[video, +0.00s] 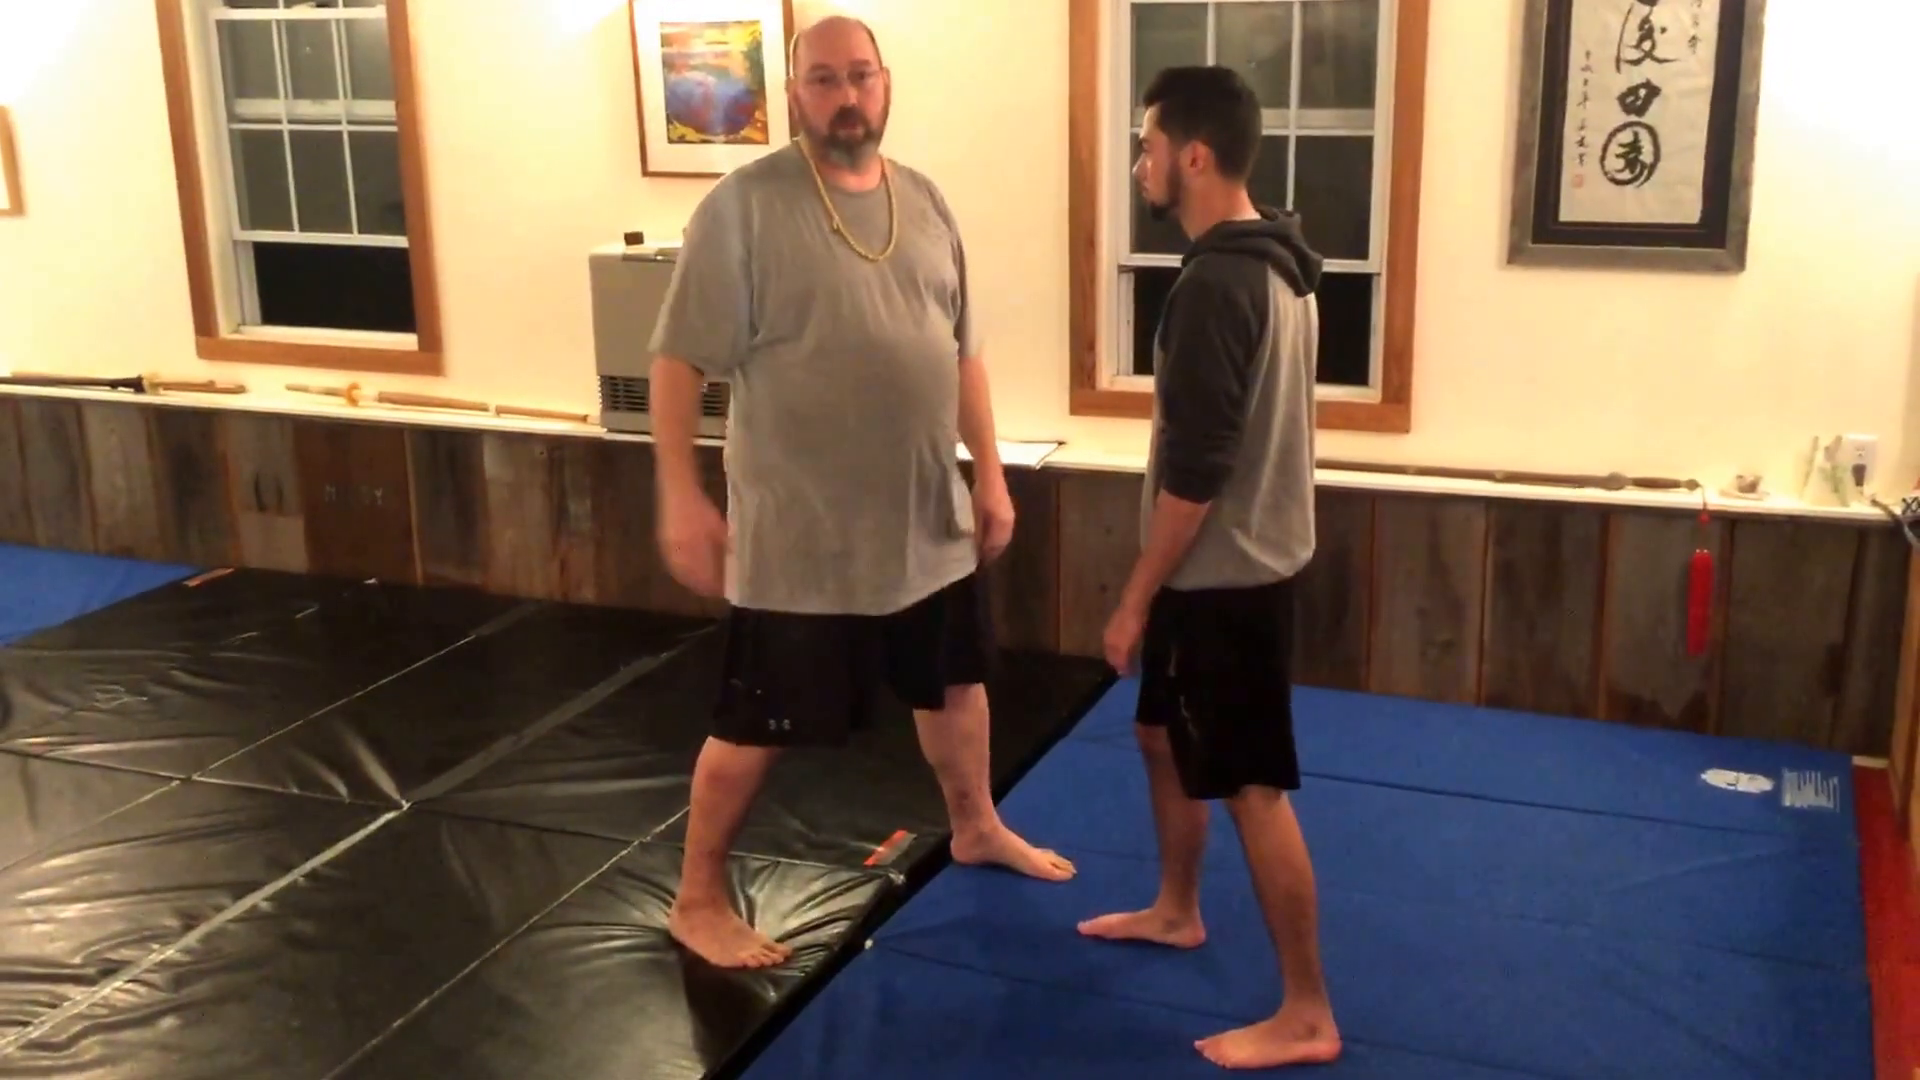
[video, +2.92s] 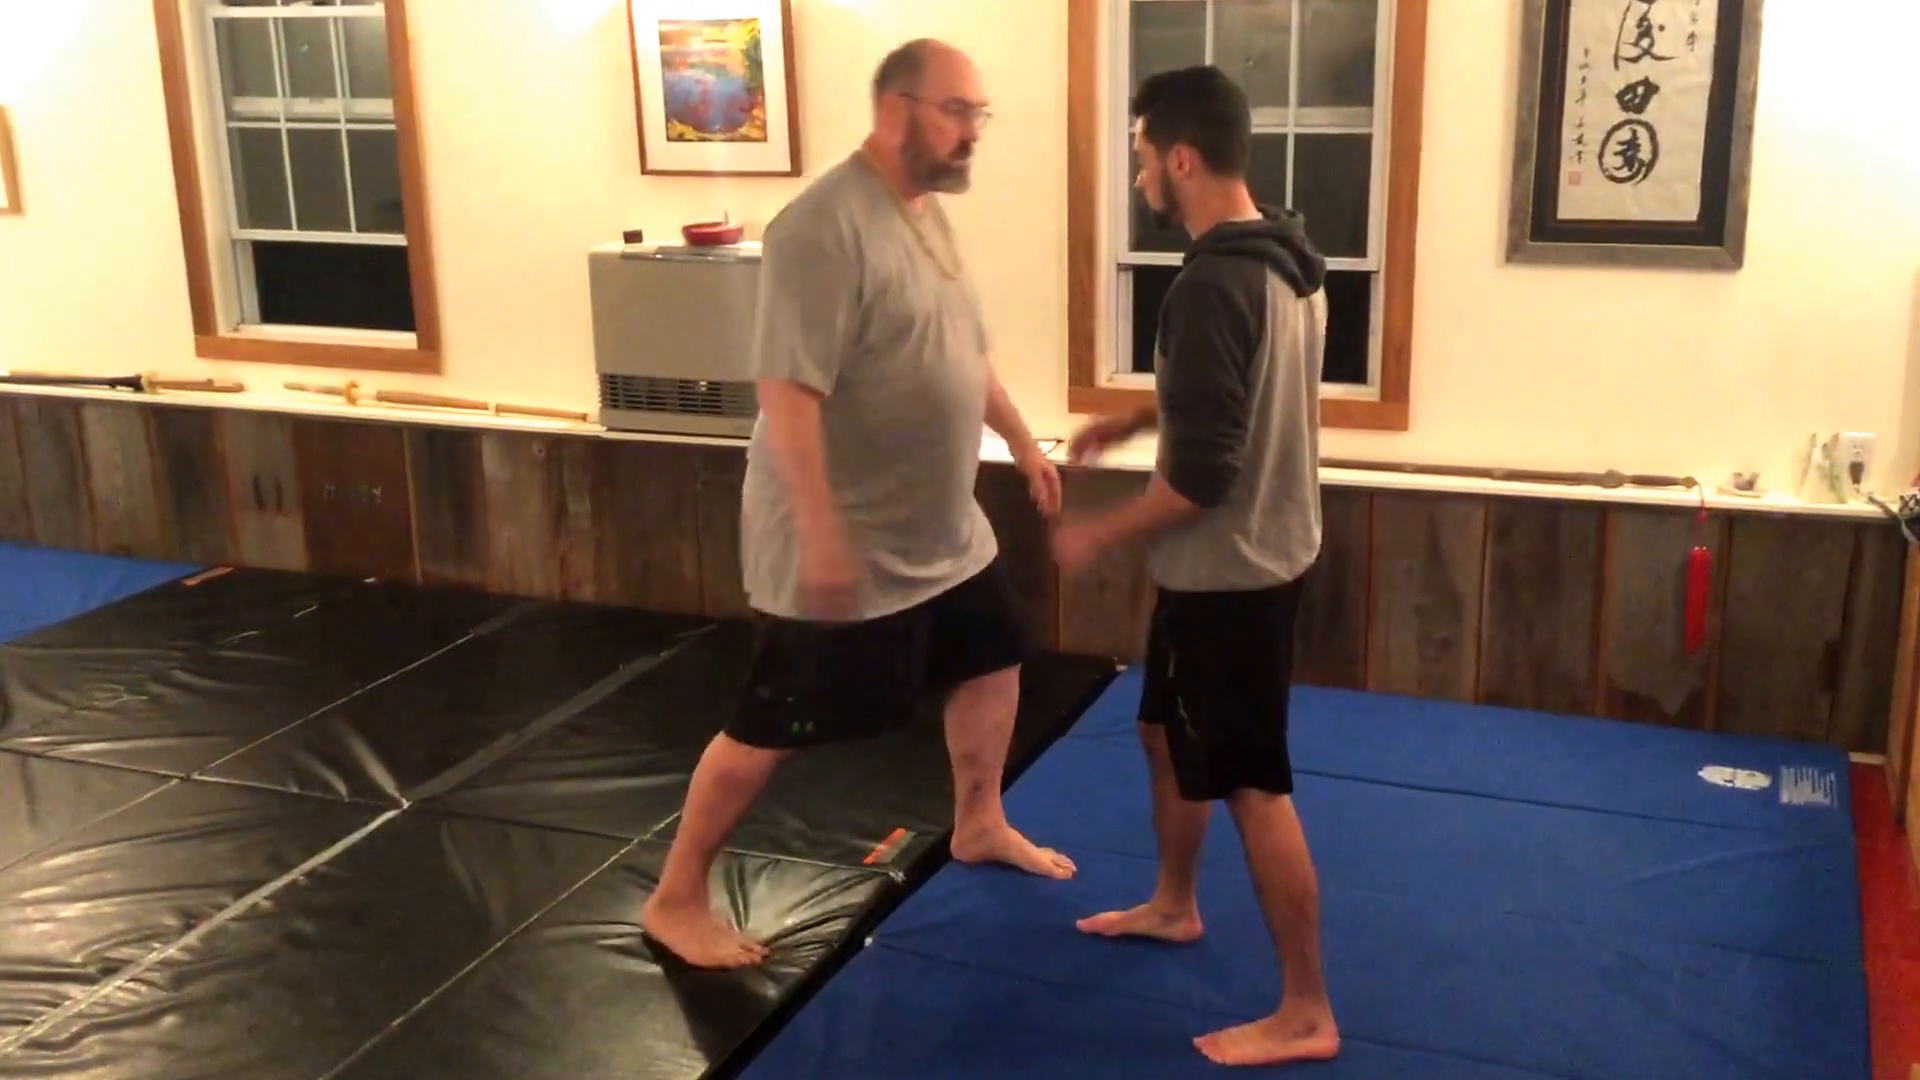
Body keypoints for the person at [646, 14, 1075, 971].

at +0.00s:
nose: (847, 95)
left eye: (861, 76)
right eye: (824, 80)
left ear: (888, 86)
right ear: (792, 94)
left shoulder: (925, 200)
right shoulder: (743, 206)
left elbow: (962, 346)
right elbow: (677, 358)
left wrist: (988, 471)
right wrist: (680, 496)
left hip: (926, 509)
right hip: (794, 523)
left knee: (955, 677)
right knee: (753, 723)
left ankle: (977, 828)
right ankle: (698, 895)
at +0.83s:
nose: (859, 94)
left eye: (875, 76)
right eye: (838, 76)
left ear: (897, 87)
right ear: (801, 87)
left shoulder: (925, 202)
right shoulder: (744, 205)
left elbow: (955, 353)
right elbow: (695, 351)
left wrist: (981, 478)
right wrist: (739, 368)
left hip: (919, 504)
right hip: (793, 517)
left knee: (945, 678)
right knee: (750, 720)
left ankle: (977, 828)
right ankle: (698, 897)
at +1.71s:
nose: (854, 96)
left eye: (869, 78)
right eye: (832, 79)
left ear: (892, 88)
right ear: (796, 90)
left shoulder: (922, 201)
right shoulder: (742, 205)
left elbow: (955, 348)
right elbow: (698, 366)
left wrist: (983, 473)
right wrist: (750, 508)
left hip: (918, 515)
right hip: (790, 531)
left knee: (945, 683)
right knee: (748, 725)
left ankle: (978, 828)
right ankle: (698, 897)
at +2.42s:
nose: (989, 131)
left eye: (993, 114)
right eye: (974, 111)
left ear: (945, 110)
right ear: (913, 102)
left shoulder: (944, 210)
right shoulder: (822, 212)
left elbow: (951, 358)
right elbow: (776, 378)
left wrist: (977, 467)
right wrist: (815, 523)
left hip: (939, 518)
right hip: (833, 532)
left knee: (984, 665)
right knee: (772, 719)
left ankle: (980, 825)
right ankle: (699, 895)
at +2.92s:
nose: (976, 131)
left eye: (980, 114)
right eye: (959, 112)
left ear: (938, 118)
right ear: (896, 110)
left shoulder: (925, 214)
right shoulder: (819, 225)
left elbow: (957, 354)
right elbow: (787, 390)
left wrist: (1025, 444)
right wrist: (821, 535)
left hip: (934, 522)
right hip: (834, 537)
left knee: (990, 662)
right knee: (770, 722)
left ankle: (981, 822)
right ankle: (676, 895)